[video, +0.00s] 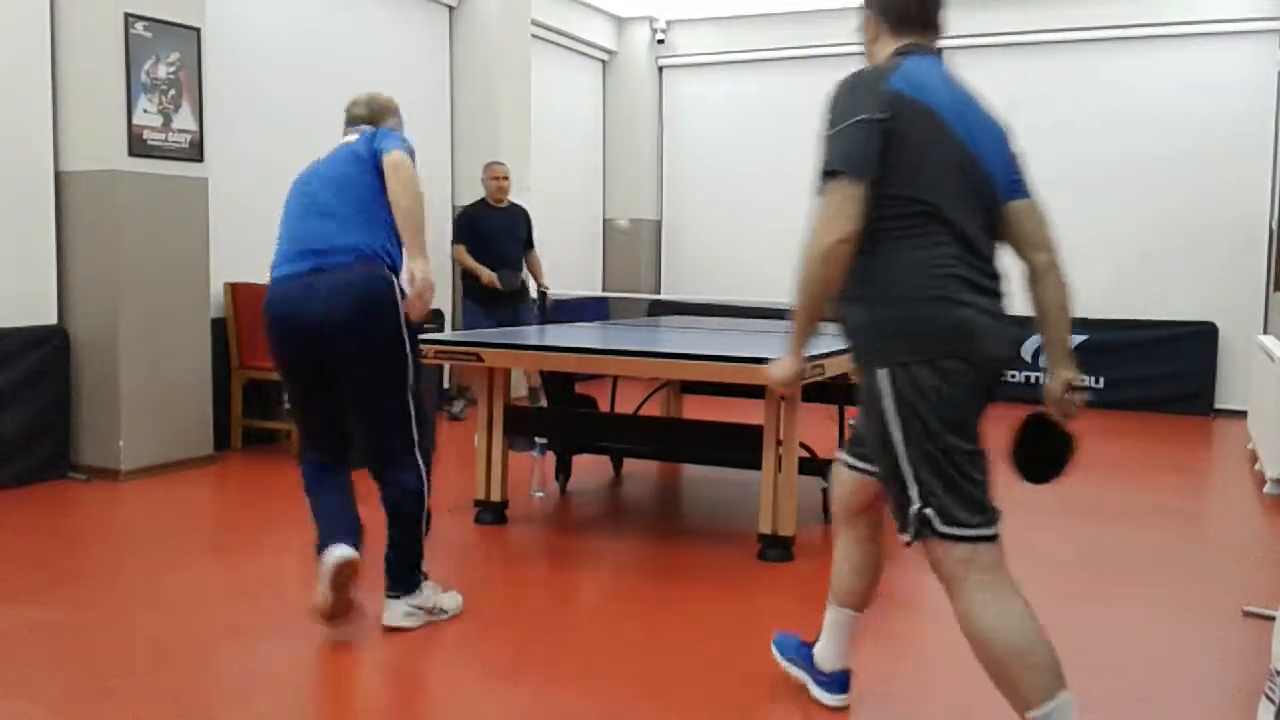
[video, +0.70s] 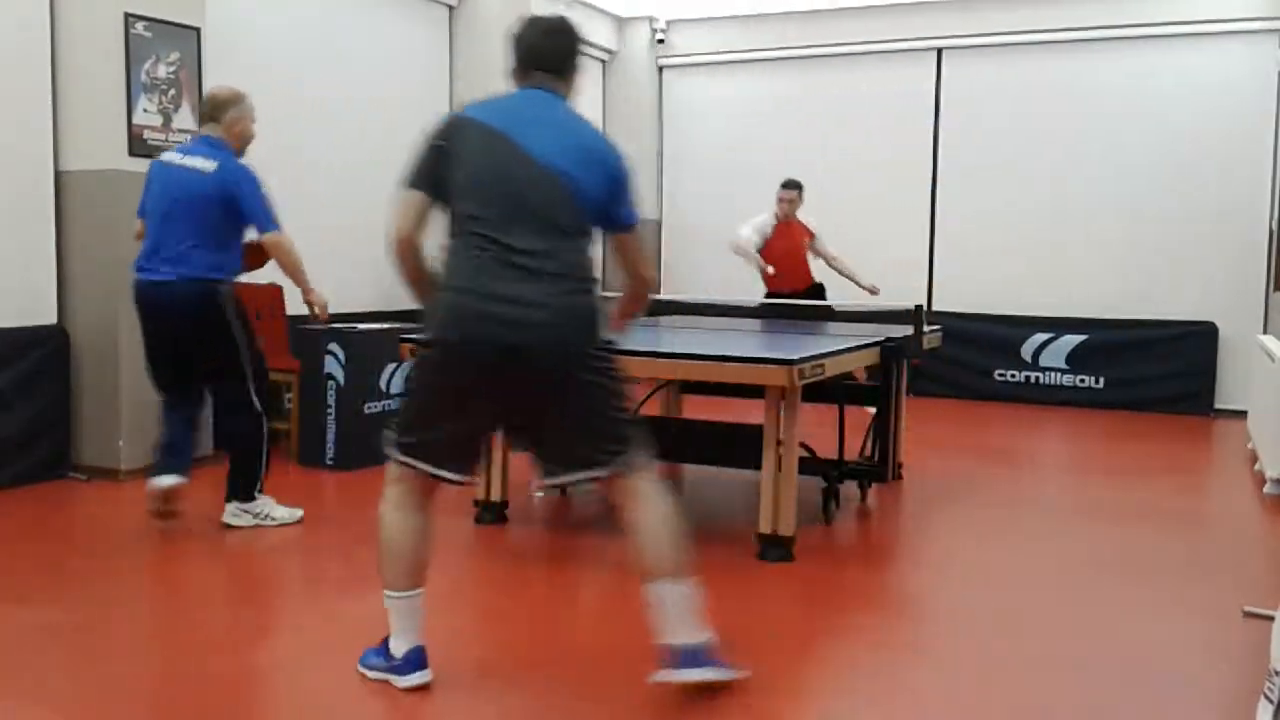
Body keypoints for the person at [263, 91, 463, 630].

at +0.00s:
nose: (403, 135)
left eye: (401, 127)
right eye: (401, 128)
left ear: (347, 129)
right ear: (391, 124)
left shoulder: (313, 171)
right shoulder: (389, 138)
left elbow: (310, 245)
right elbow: (398, 172)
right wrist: (419, 259)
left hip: (289, 297)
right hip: (359, 290)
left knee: (321, 445)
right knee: (396, 443)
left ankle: (337, 545)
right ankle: (406, 590)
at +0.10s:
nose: (383, 136)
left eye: (380, 129)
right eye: (381, 129)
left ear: (330, 129)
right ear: (372, 128)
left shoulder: (287, 179)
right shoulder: (381, 158)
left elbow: (255, 262)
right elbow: (403, 200)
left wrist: (298, 296)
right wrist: (418, 291)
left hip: (289, 314)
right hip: (364, 305)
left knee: (301, 439)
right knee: (401, 445)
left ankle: (305, 548)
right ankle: (402, 587)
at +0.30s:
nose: (315, 122)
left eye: (312, 115)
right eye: (313, 115)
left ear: (263, 119)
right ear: (304, 117)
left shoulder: (224, 169)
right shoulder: (328, 159)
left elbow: (193, 250)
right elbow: (370, 210)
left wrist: (231, 287)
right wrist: (376, 288)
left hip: (255, 309)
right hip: (326, 302)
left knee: (263, 427)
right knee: (360, 421)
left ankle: (278, 540)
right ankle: (393, 531)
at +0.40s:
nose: (291, 122)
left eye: (289, 115)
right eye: (290, 115)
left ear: (240, 117)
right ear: (280, 116)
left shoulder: (207, 165)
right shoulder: (303, 158)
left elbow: (186, 244)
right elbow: (341, 215)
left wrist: (228, 268)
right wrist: (347, 291)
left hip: (229, 304)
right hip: (296, 298)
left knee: (245, 422)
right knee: (335, 408)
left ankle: (278, 539)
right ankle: (357, 520)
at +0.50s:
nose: (282, 119)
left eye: (281, 112)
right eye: (280, 112)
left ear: (235, 108)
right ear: (269, 110)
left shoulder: (194, 151)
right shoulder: (281, 151)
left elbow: (175, 220)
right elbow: (305, 209)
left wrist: (213, 248)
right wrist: (319, 279)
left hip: (203, 288)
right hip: (264, 284)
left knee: (232, 402)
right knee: (297, 395)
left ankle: (271, 517)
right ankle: (302, 504)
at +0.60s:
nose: (269, 122)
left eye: (269, 114)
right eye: (267, 114)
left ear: (222, 109)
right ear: (255, 112)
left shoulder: (181, 149)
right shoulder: (259, 152)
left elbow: (162, 220)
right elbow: (281, 212)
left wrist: (219, 231)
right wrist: (309, 273)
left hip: (179, 285)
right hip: (236, 286)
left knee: (209, 388)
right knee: (251, 385)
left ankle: (233, 476)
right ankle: (251, 492)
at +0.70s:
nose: (253, 131)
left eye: (252, 122)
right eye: (248, 122)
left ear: (207, 123)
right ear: (229, 124)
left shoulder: (163, 163)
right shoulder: (235, 172)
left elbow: (142, 230)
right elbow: (274, 242)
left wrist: (207, 243)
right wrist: (307, 289)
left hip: (153, 292)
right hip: (208, 294)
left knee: (180, 389)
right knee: (243, 393)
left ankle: (169, 471)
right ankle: (245, 498)